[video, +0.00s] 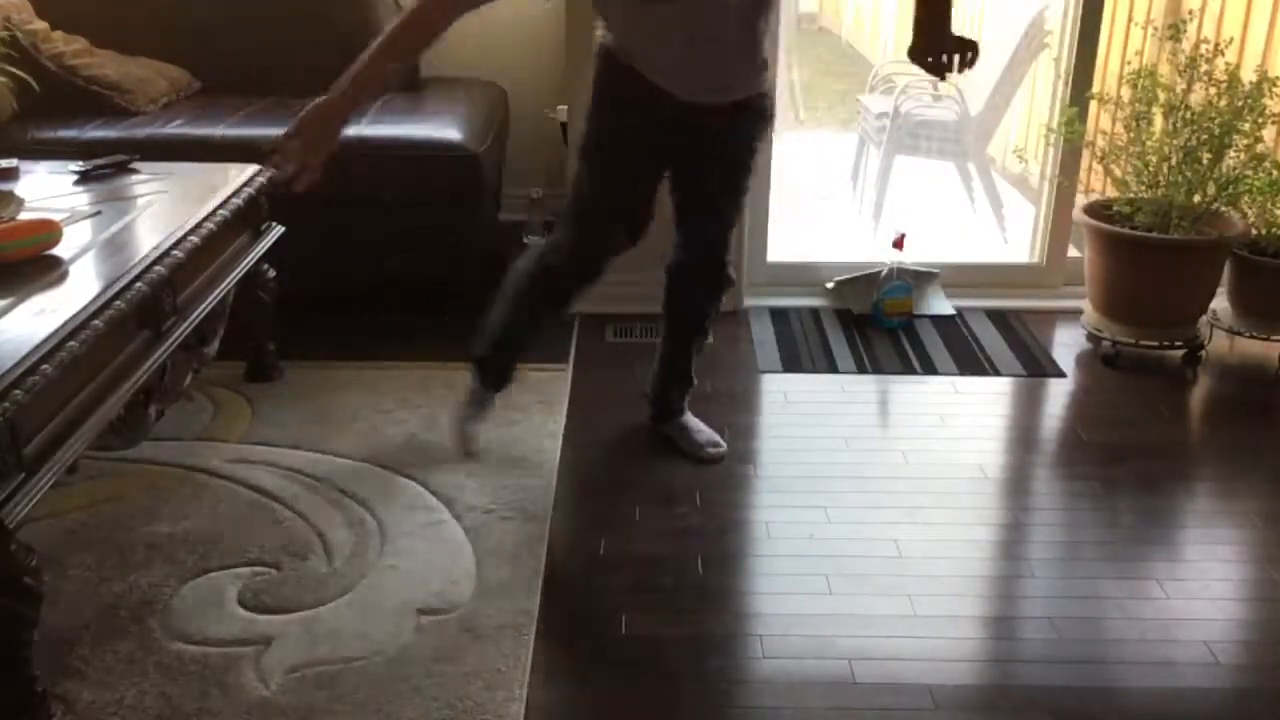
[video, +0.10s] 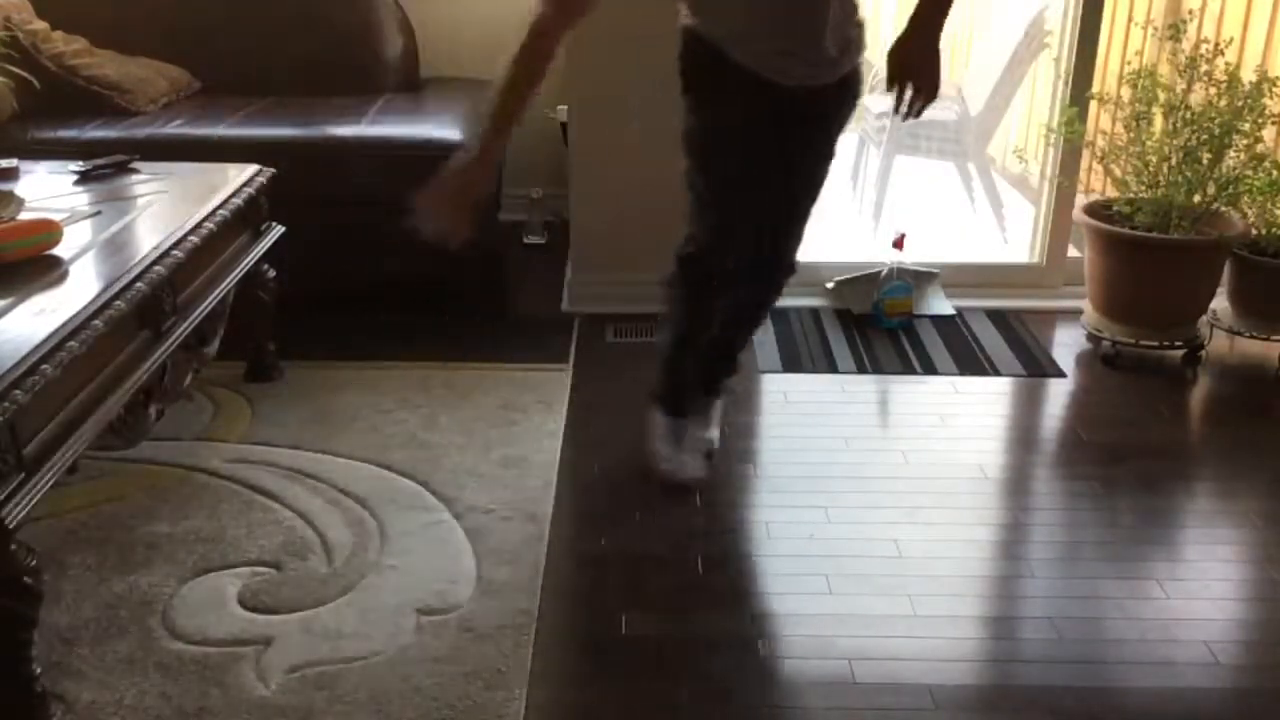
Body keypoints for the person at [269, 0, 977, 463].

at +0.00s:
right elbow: (442, 13)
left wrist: (926, 30)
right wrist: (330, 113)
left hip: (736, 86)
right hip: (635, 66)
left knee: (703, 259)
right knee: (586, 244)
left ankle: (671, 410)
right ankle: (485, 380)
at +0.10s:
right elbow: (549, 27)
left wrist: (926, 27)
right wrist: (482, 156)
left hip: (827, 65)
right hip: (726, 55)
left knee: (771, 255)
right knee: (724, 245)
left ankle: (707, 388)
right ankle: (676, 405)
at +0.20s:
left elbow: (1000, 1)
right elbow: (701, 54)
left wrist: (953, 87)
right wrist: (689, 219)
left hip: (917, 71)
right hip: (813, 70)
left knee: (907, 259)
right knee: (841, 265)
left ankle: (881, 356)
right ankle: (816, 449)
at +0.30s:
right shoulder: (833, 7)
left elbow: (1049, 19)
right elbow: (822, 92)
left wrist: (1004, 152)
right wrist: (843, 244)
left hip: (997, 106)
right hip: (886, 109)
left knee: (1053, 288)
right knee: (881, 306)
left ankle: (1084, 429)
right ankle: (817, 449)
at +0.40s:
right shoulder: (943, 6)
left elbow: (1175, 19)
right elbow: (934, 81)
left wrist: (1105, 150)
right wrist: (963, 224)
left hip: (1127, 121)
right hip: (1005, 124)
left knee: (1183, 310)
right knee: (934, 304)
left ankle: (1223, 466)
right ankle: (826, 447)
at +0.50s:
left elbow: (1278, 23)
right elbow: (1009, 63)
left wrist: (1255, 119)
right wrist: (1043, 195)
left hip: (1227, 112)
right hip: (1110, 111)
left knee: (1265, 308)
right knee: (1037, 284)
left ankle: (1236, 459)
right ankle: (919, 446)